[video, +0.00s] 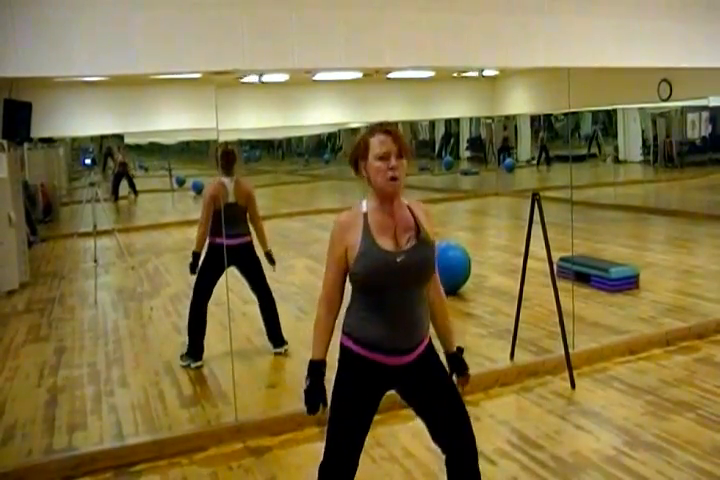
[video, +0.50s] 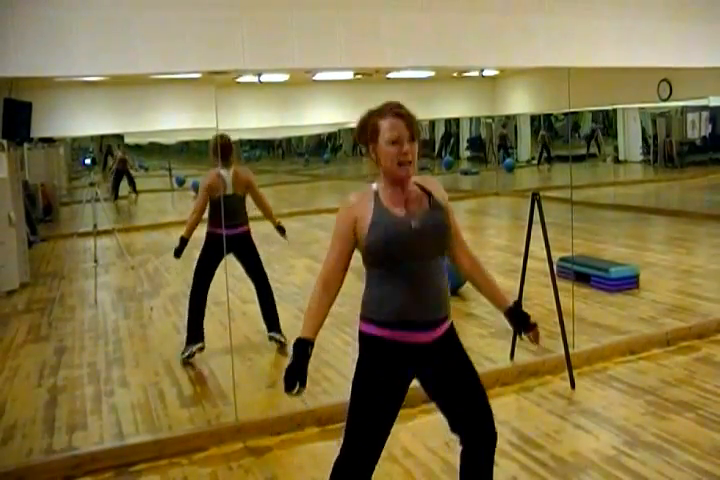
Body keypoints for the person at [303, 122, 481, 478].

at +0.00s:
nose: (392, 164)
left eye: (398, 156)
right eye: (382, 158)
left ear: (405, 162)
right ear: (363, 168)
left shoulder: (419, 215)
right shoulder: (348, 226)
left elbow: (433, 288)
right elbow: (329, 304)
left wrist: (453, 351)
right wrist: (315, 372)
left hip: (418, 359)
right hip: (363, 364)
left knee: (462, 446)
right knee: (339, 465)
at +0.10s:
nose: (396, 177)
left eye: (402, 169)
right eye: (385, 170)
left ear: (410, 176)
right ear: (367, 182)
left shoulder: (424, 231)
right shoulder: (353, 239)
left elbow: (439, 299)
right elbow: (332, 318)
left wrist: (459, 363)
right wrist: (315, 386)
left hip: (420, 367)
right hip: (363, 373)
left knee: (469, 444)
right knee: (338, 470)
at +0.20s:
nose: (403, 194)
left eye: (407, 187)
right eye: (391, 189)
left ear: (415, 196)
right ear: (372, 204)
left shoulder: (431, 249)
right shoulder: (360, 259)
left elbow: (453, 311)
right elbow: (330, 337)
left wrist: (482, 369)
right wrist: (304, 406)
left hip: (421, 377)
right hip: (365, 384)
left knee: (477, 447)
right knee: (337, 475)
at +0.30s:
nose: (407, 198)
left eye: (412, 190)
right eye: (395, 192)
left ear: (420, 198)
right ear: (376, 207)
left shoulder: (435, 249)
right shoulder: (366, 261)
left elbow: (466, 306)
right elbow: (326, 335)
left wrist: (509, 354)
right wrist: (294, 402)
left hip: (425, 379)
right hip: (369, 387)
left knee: (480, 452)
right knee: (341, 474)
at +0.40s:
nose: (407, 172)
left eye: (412, 163)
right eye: (395, 164)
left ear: (419, 170)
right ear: (374, 175)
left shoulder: (434, 218)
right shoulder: (362, 233)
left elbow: (466, 280)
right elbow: (326, 306)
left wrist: (515, 326)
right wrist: (294, 374)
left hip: (433, 367)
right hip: (377, 373)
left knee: (477, 449)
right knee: (347, 471)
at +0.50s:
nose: (406, 150)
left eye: (410, 140)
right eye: (394, 141)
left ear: (418, 145)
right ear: (372, 151)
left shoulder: (432, 192)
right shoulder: (357, 208)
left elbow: (464, 260)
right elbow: (328, 284)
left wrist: (511, 309)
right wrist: (302, 349)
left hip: (440, 341)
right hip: (384, 346)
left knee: (481, 435)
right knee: (359, 457)